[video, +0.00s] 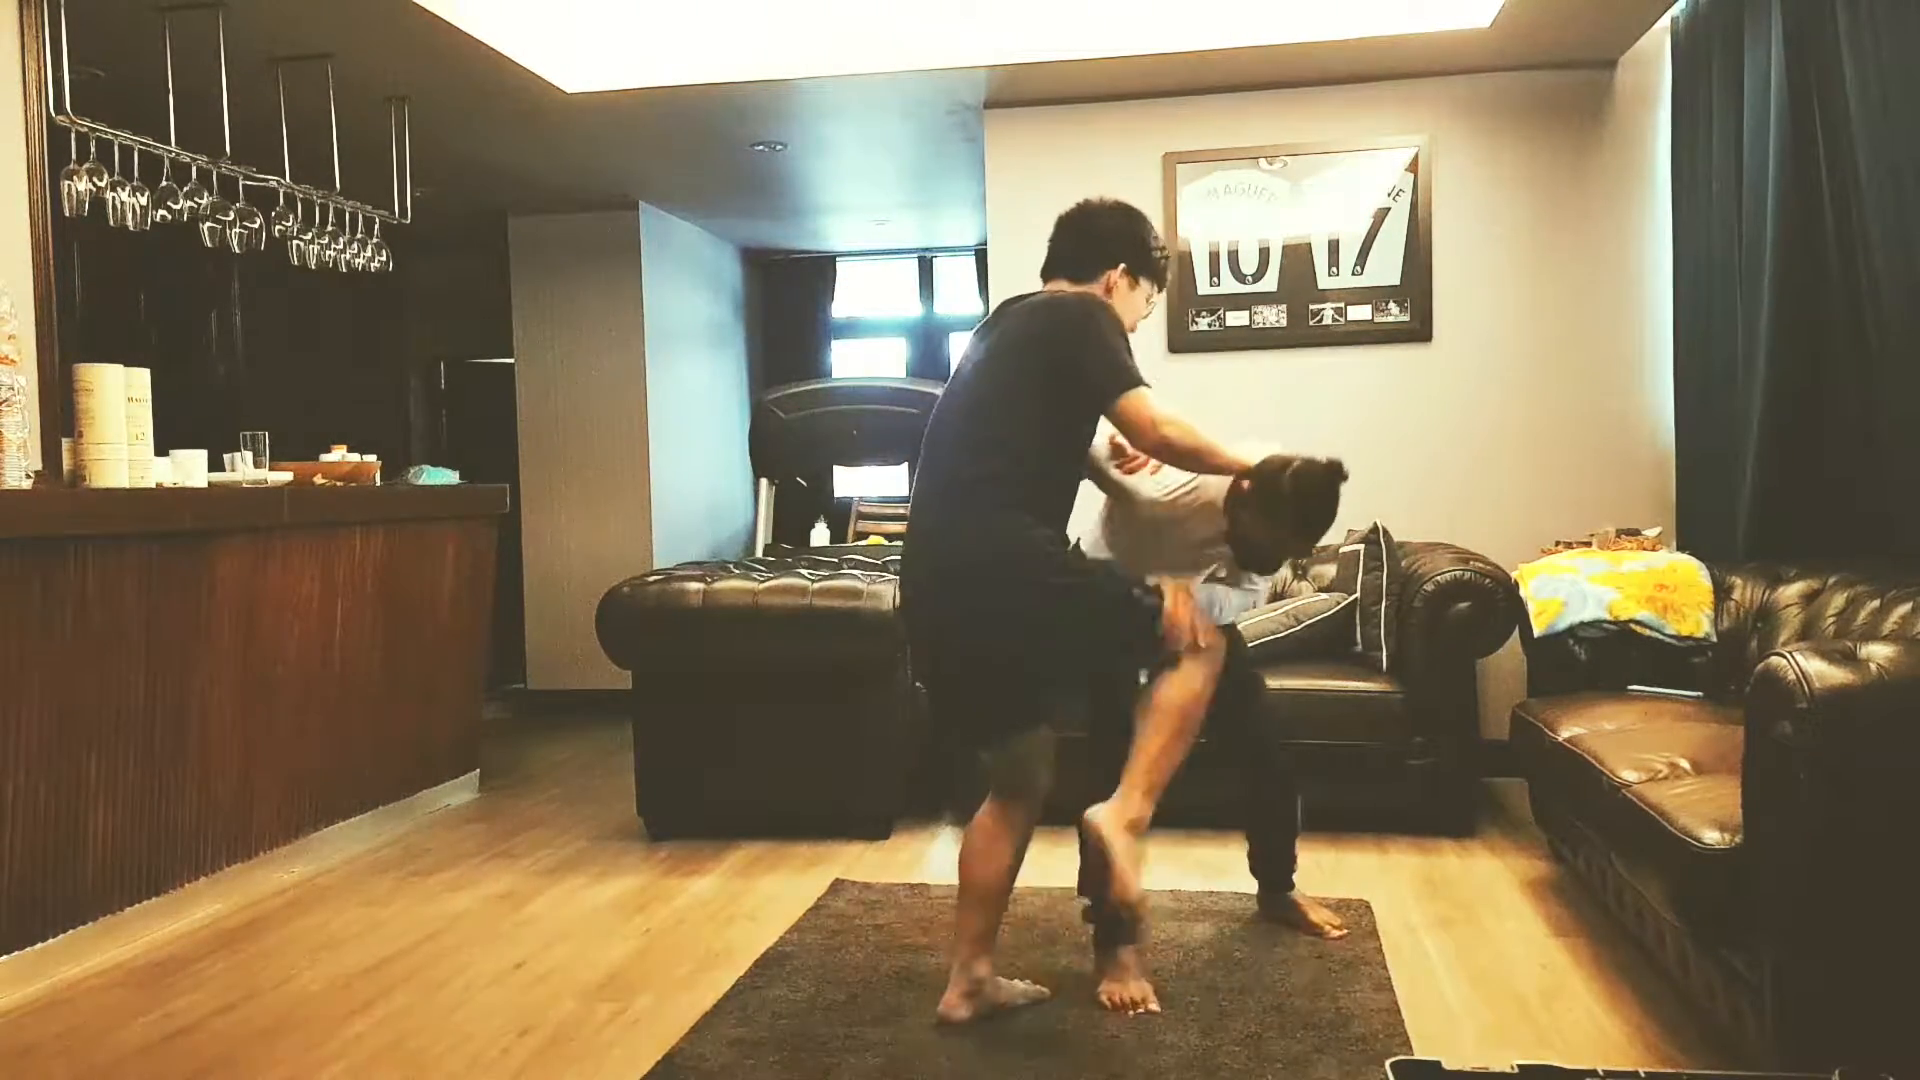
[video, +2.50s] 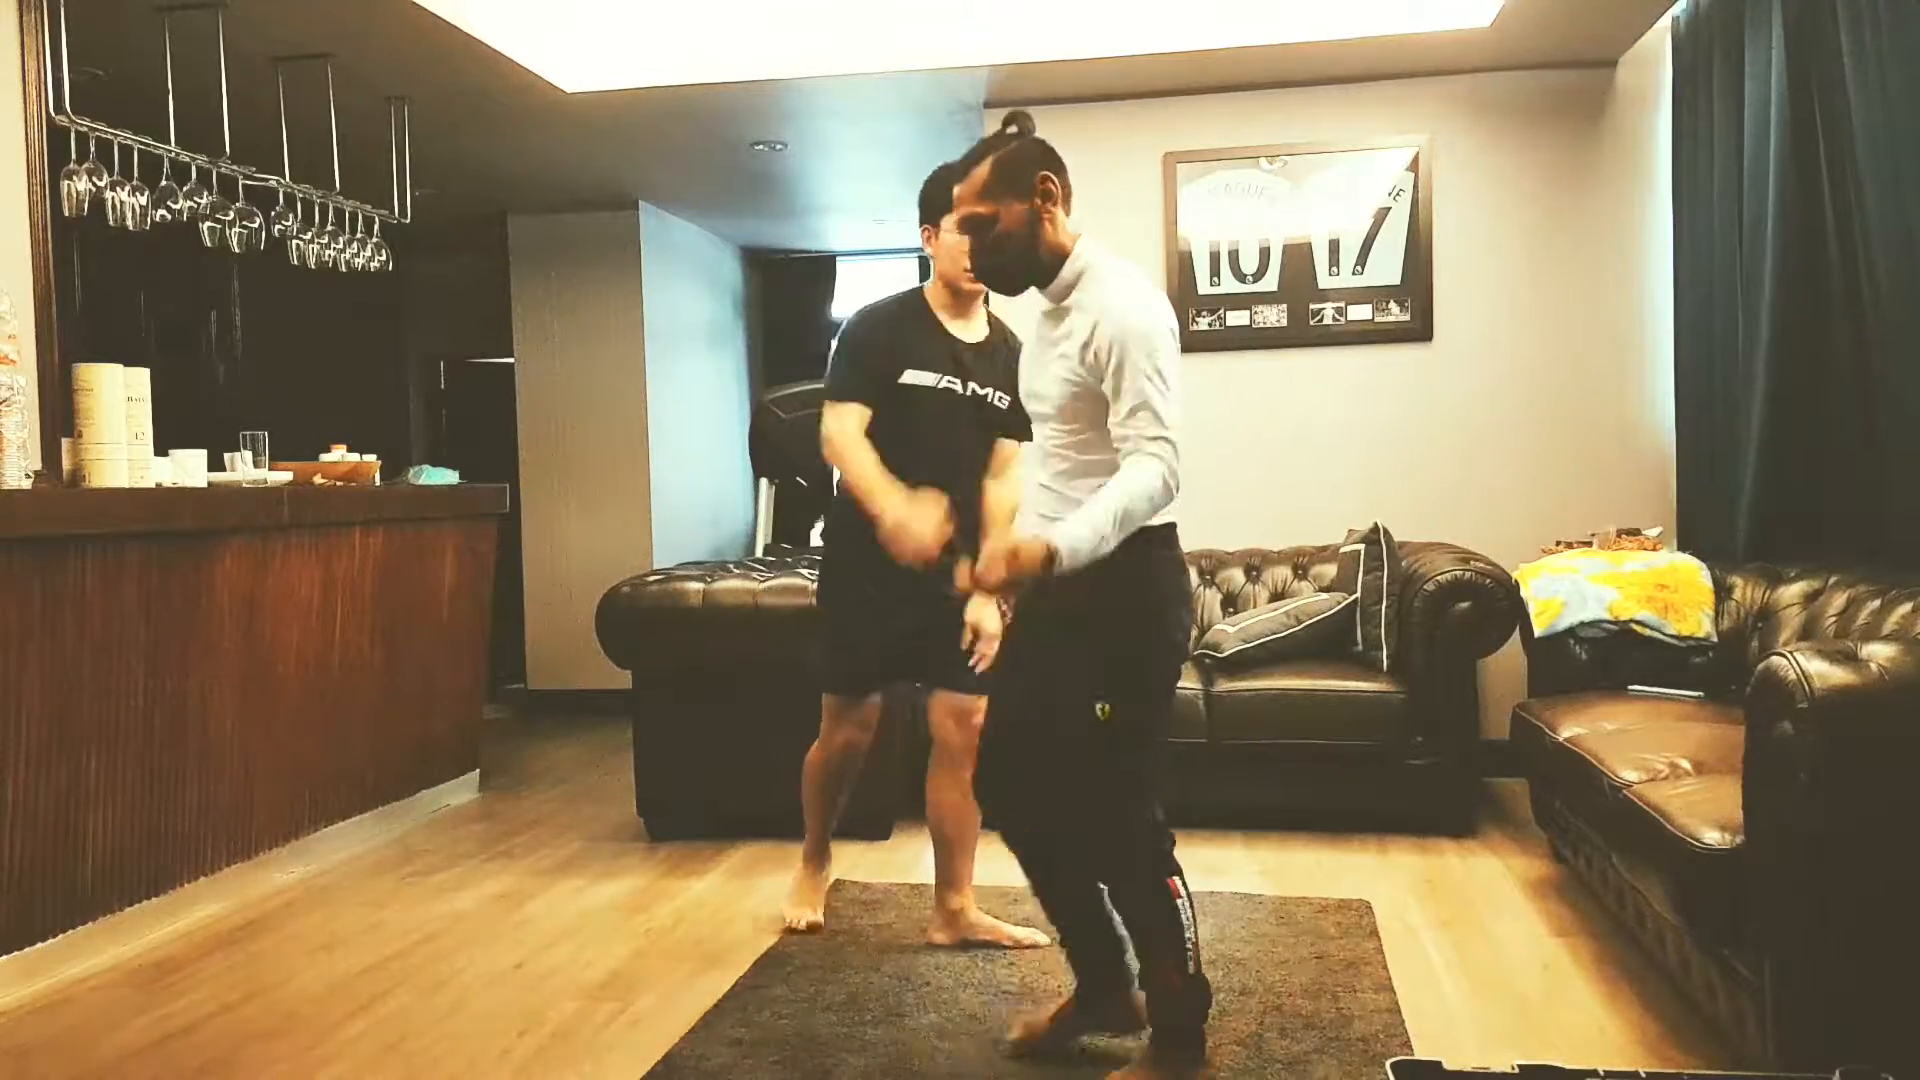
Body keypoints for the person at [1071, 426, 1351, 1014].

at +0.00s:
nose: (1270, 565)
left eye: (1285, 555)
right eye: (1264, 546)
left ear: (1303, 539)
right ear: (1239, 497)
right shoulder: (1150, 500)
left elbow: (1241, 598)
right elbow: (1075, 443)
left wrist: (1183, 591)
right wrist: (1114, 456)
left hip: (1191, 609)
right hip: (1110, 592)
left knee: (1258, 730)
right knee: (1117, 757)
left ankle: (1276, 889)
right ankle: (1115, 940)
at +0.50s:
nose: (1252, 457)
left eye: (1270, 458)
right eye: (1253, 441)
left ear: (1301, 460)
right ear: (1244, 411)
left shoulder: (1293, 479)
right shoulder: (1161, 440)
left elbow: (1274, 552)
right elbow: (1069, 427)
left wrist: (1216, 578)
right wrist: (1055, 477)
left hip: (1199, 599)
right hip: (1110, 584)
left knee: (1270, 738)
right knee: (1111, 756)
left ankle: (1278, 894)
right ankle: (1106, 942)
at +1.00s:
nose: (1122, 527)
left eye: (1135, 517)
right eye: (1108, 516)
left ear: (1164, 485)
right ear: (1087, 477)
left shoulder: (1220, 477)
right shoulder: (1053, 458)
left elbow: (1167, 581)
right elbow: (986, 471)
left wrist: (1075, 616)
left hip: (1195, 585)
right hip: (1095, 588)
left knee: (1263, 721)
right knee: (1091, 749)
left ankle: (1318, 873)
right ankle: (1103, 944)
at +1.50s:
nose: (1105, 312)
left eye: (1113, 292)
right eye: (1084, 301)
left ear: (1135, 270)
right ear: (1056, 295)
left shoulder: (1198, 356)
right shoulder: (1043, 364)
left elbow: (1239, 480)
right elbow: (1017, 453)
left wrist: (1122, 521)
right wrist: (977, 484)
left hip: (1200, 570)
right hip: (1112, 575)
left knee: (1242, 751)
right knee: (1071, 747)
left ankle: (1314, 932)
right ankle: (1096, 946)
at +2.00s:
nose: (1021, 290)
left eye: (1030, 271)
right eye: (1015, 274)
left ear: (1081, 252)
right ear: (1067, 259)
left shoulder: (1121, 352)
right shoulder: (1092, 330)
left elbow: (1116, 499)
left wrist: (984, 482)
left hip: (1129, 577)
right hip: (1088, 570)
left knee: (1095, 770)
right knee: (1054, 761)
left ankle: (1229, 967)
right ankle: (1089, 944)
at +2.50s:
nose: (976, 246)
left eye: (987, 225)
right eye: (969, 229)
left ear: (1051, 198)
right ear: (1036, 207)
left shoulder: (1126, 306)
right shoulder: (1035, 311)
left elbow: (1154, 466)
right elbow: (1048, 453)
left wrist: (1056, 543)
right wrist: (1010, 547)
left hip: (1128, 578)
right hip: (1054, 580)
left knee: (1114, 798)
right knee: (1012, 783)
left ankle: (1180, 1026)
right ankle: (1103, 991)